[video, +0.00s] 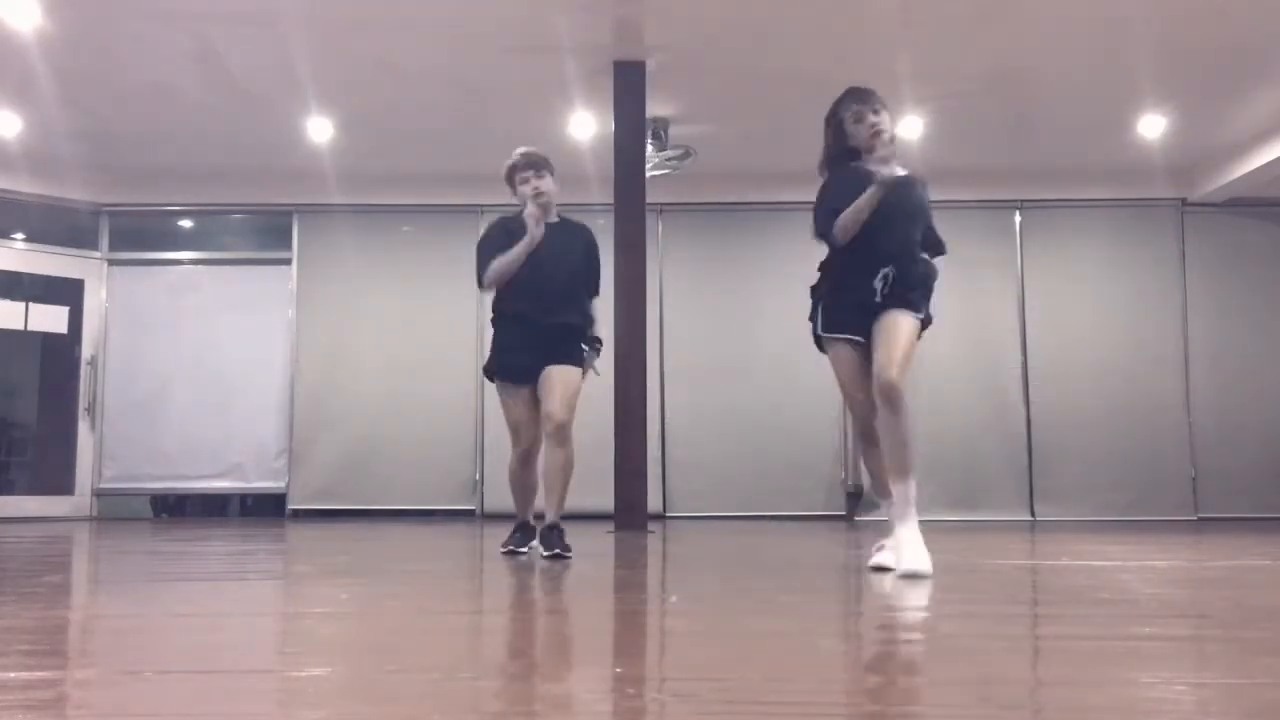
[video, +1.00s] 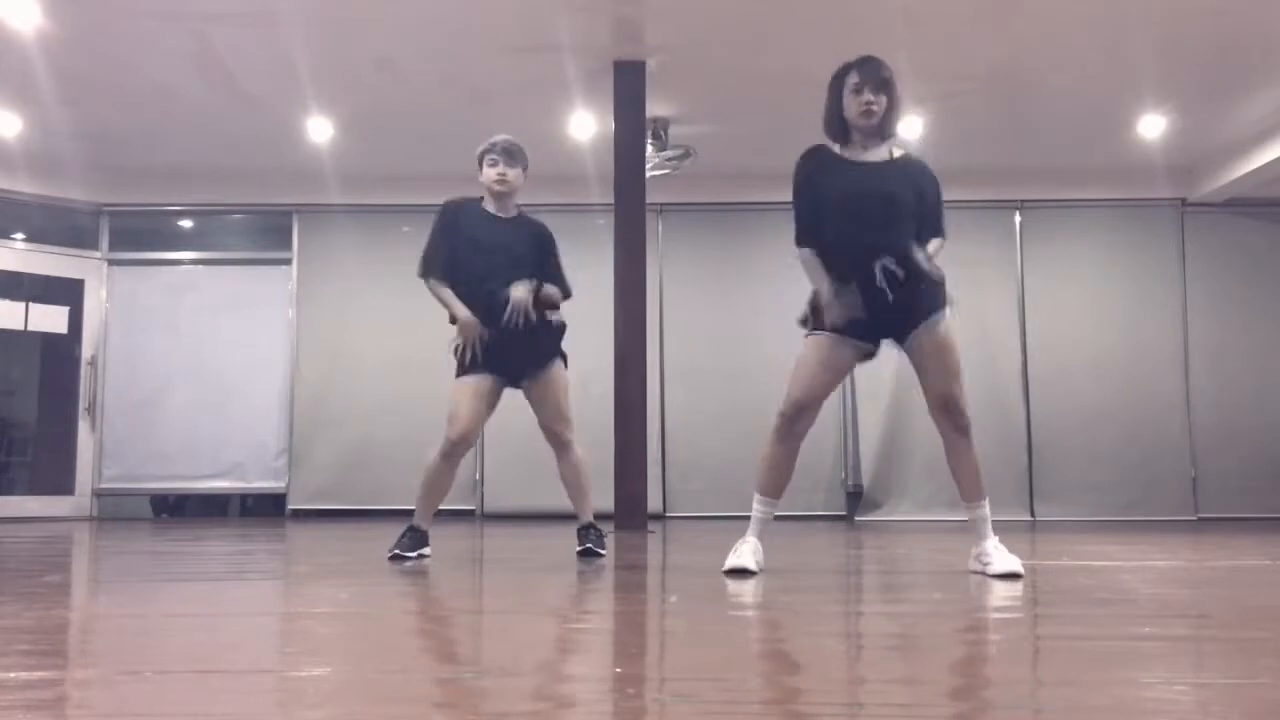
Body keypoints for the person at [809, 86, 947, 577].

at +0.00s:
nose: (872, 122)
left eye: (877, 113)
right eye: (859, 119)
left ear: (891, 120)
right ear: (843, 134)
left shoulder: (911, 182)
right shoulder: (840, 180)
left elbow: (927, 241)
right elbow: (835, 233)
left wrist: (926, 262)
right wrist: (877, 187)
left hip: (901, 286)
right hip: (844, 294)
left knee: (888, 383)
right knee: (863, 415)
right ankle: (898, 530)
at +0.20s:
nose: (893, 139)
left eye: (903, 134)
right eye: (888, 128)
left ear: (910, 143)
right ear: (870, 121)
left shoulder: (905, 197)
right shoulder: (841, 168)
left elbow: (912, 273)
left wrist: (932, 261)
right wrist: (912, 122)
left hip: (918, 304)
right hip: (861, 307)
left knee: (930, 406)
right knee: (895, 403)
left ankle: (910, 537)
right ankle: (881, 475)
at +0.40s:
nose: (892, 78)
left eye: (902, 71)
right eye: (883, 68)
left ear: (914, 81)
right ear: (862, 74)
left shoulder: (922, 143)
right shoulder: (835, 133)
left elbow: (935, 225)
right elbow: (804, 206)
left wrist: (950, 177)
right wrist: (840, 148)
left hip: (908, 272)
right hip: (846, 267)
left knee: (951, 383)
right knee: (854, 352)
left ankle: (945, 520)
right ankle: (793, 446)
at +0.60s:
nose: (875, 101)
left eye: (887, 94)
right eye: (866, 91)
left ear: (900, 104)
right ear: (848, 100)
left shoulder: (917, 165)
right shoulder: (824, 165)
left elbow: (925, 234)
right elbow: (802, 236)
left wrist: (920, 277)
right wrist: (815, 273)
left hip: (898, 301)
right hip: (829, 299)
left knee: (943, 414)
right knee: (799, 416)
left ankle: (983, 543)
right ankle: (751, 539)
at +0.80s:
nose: (864, 111)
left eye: (874, 103)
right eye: (854, 103)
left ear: (887, 112)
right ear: (836, 114)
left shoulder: (909, 157)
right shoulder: (822, 187)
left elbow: (939, 233)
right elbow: (815, 254)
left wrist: (909, 297)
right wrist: (815, 239)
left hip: (881, 303)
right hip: (818, 297)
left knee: (942, 419)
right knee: (784, 413)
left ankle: (983, 544)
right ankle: (748, 538)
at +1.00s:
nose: (868, 98)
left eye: (878, 90)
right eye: (857, 91)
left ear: (890, 100)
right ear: (839, 100)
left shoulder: (912, 166)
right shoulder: (816, 163)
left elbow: (933, 235)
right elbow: (805, 243)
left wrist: (924, 264)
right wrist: (829, 296)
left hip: (915, 299)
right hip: (847, 302)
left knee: (954, 413)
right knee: (793, 412)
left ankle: (985, 543)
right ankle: (752, 540)